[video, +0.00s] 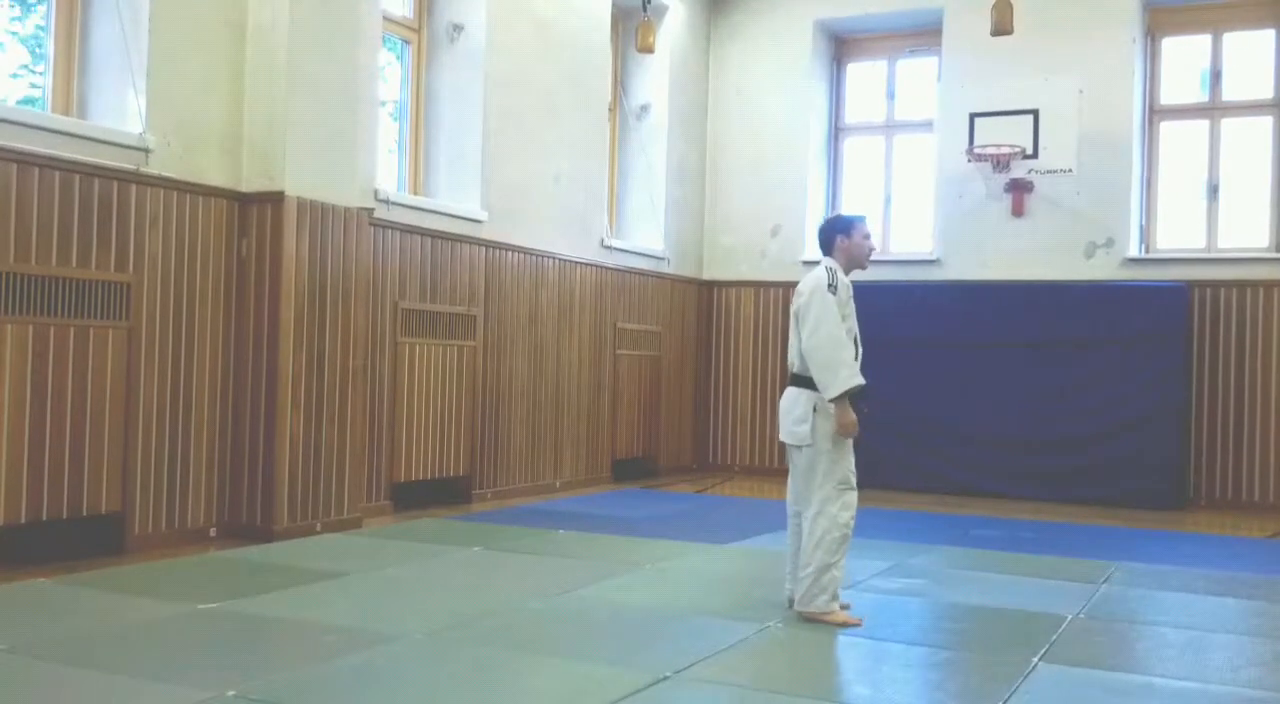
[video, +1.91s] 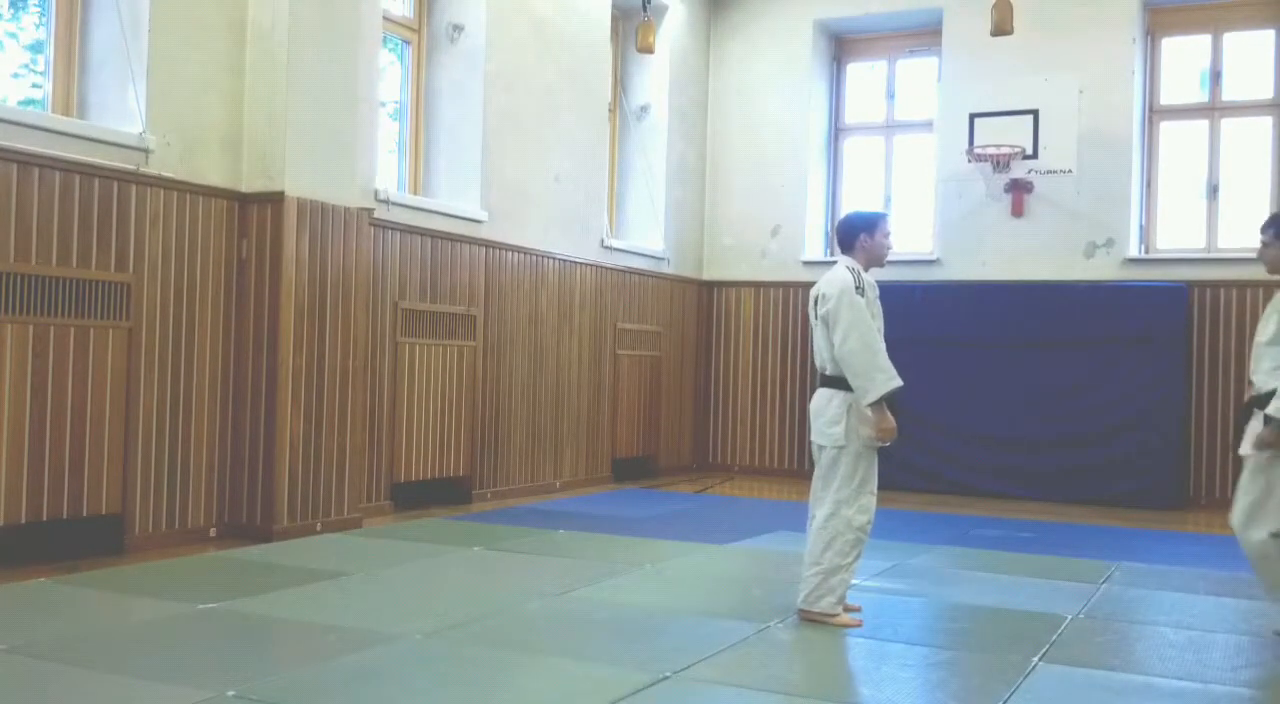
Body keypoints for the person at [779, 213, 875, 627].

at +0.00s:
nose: (872, 245)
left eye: (870, 238)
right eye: (866, 238)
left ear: (842, 243)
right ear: (841, 242)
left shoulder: (828, 282)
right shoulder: (823, 282)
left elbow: (826, 343)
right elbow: (824, 343)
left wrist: (847, 396)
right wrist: (842, 403)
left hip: (812, 401)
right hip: (818, 403)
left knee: (810, 498)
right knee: (836, 499)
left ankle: (805, 589)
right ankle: (817, 598)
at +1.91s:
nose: (891, 244)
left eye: (889, 236)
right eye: (886, 236)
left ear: (861, 240)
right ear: (864, 240)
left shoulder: (843, 280)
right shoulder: (846, 285)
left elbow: (858, 347)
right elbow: (858, 349)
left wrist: (875, 401)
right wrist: (880, 406)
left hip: (840, 401)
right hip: (845, 404)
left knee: (838, 502)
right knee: (847, 506)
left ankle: (826, 591)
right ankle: (819, 601)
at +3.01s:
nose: (888, 244)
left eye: (887, 236)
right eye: (882, 236)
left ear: (860, 240)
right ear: (861, 240)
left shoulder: (855, 283)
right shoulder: (838, 283)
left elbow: (874, 336)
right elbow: (858, 342)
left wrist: (914, 366)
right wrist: (915, 369)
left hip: (851, 406)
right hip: (837, 407)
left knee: (845, 506)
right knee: (836, 508)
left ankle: (826, 592)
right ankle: (815, 602)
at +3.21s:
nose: (886, 245)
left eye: (885, 237)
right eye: (880, 237)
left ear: (853, 242)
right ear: (855, 241)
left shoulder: (840, 280)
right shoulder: (840, 281)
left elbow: (847, 347)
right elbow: (891, 319)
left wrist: (891, 363)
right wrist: (951, 316)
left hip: (840, 403)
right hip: (839, 407)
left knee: (839, 505)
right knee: (839, 508)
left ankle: (824, 594)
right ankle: (816, 603)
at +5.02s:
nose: (847, 247)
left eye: (846, 239)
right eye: (844, 239)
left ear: (810, 239)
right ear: (825, 239)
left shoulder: (779, 279)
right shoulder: (813, 283)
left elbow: (818, 330)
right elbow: (879, 303)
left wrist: (859, 333)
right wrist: (943, 285)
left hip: (780, 401)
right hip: (804, 408)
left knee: (791, 498)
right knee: (819, 506)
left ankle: (769, 573)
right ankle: (813, 604)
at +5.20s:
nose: (816, 251)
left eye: (816, 243)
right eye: (813, 242)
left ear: (785, 243)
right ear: (793, 242)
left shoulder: (759, 281)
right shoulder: (782, 285)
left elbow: (793, 336)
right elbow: (846, 306)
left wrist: (834, 341)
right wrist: (910, 288)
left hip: (761, 404)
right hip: (781, 408)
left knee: (769, 497)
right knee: (806, 504)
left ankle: (712, 563)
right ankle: (811, 604)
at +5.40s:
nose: (792, 256)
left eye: (791, 248)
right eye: (787, 247)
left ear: (763, 250)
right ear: (764, 248)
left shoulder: (748, 286)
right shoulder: (744, 285)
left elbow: (764, 355)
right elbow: (801, 304)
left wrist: (807, 346)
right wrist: (865, 289)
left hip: (731, 404)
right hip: (733, 407)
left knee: (724, 503)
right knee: (766, 501)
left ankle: (697, 585)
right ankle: (789, 599)